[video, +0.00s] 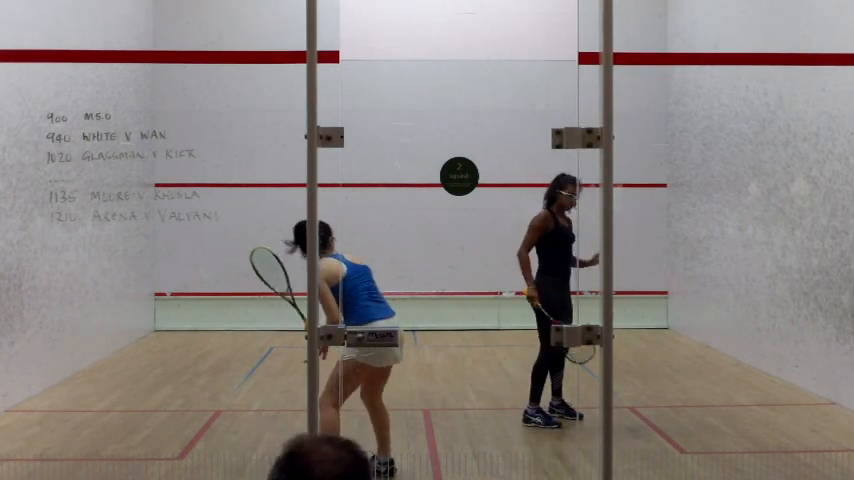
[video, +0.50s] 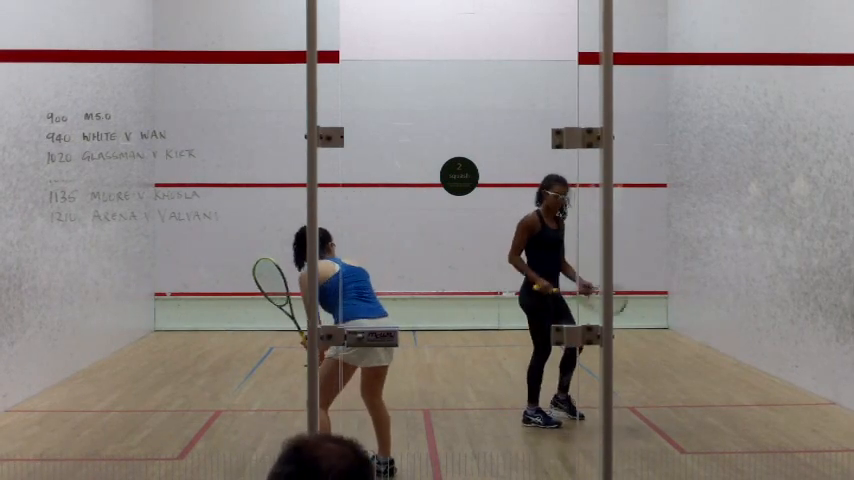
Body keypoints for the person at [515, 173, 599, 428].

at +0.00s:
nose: (573, 200)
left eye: (575, 196)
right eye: (570, 195)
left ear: (572, 197)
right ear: (557, 194)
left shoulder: (566, 221)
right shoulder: (543, 219)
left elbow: (563, 258)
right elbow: (522, 252)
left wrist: (587, 262)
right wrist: (530, 284)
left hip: (562, 291)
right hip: (546, 291)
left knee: (560, 347)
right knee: (548, 349)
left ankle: (557, 402)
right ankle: (532, 409)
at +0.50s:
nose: (563, 201)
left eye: (565, 196)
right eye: (560, 196)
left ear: (562, 198)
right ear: (545, 194)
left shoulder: (558, 222)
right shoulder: (530, 222)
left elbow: (557, 259)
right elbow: (513, 257)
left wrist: (578, 280)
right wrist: (537, 280)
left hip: (553, 293)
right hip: (533, 295)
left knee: (574, 341)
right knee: (542, 349)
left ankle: (562, 397)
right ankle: (532, 409)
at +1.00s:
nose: (572, 206)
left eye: (574, 202)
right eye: (570, 201)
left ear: (559, 200)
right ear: (557, 198)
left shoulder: (549, 222)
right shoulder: (540, 221)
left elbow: (551, 260)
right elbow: (532, 256)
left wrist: (577, 271)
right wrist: (547, 290)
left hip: (547, 294)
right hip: (536, 295)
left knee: (570, 342)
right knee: (542, 349)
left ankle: (560, 402)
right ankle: (532, 410)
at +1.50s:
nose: (580, 202)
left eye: (580, 198)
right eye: (578, 197)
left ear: (566, 198)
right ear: (566, 197)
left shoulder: (560, 222)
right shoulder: (551, 222)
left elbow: (557, 260)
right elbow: (544, 259)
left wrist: (580, 272)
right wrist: (576, 273)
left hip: (554, 294)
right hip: (547, 295)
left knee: (577, 343)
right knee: (550, 349)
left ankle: (558, 400)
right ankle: (532, 409)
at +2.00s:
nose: (599, 213)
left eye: (599, 208)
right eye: (595, 208)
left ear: (589, 210)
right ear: (586, 209)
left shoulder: (589, 232)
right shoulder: (583, 232)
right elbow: (607, 259)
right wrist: (635, 240)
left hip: (583, 302)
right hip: (590, 302)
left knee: (591, 358)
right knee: (632, 341)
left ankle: (557, 403)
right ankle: (644, 400)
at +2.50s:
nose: (653, 219)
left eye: (652, 215)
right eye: (651, 216)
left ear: (626, 218)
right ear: (645, 219)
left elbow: (605, 267)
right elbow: (677, 257)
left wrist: (616, 275)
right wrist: (692, 259)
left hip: (624, 308)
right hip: (649, 307)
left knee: (620, 356)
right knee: (674, 344)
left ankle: (596, 394)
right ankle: (667, 399)